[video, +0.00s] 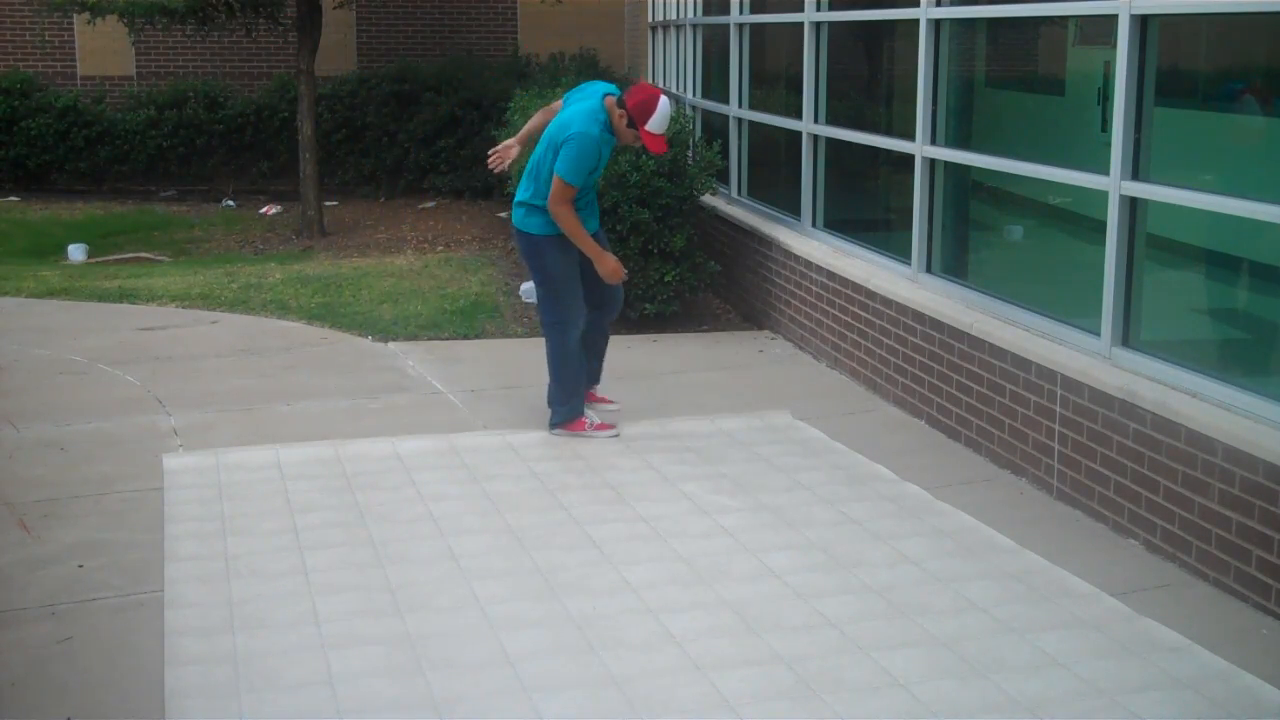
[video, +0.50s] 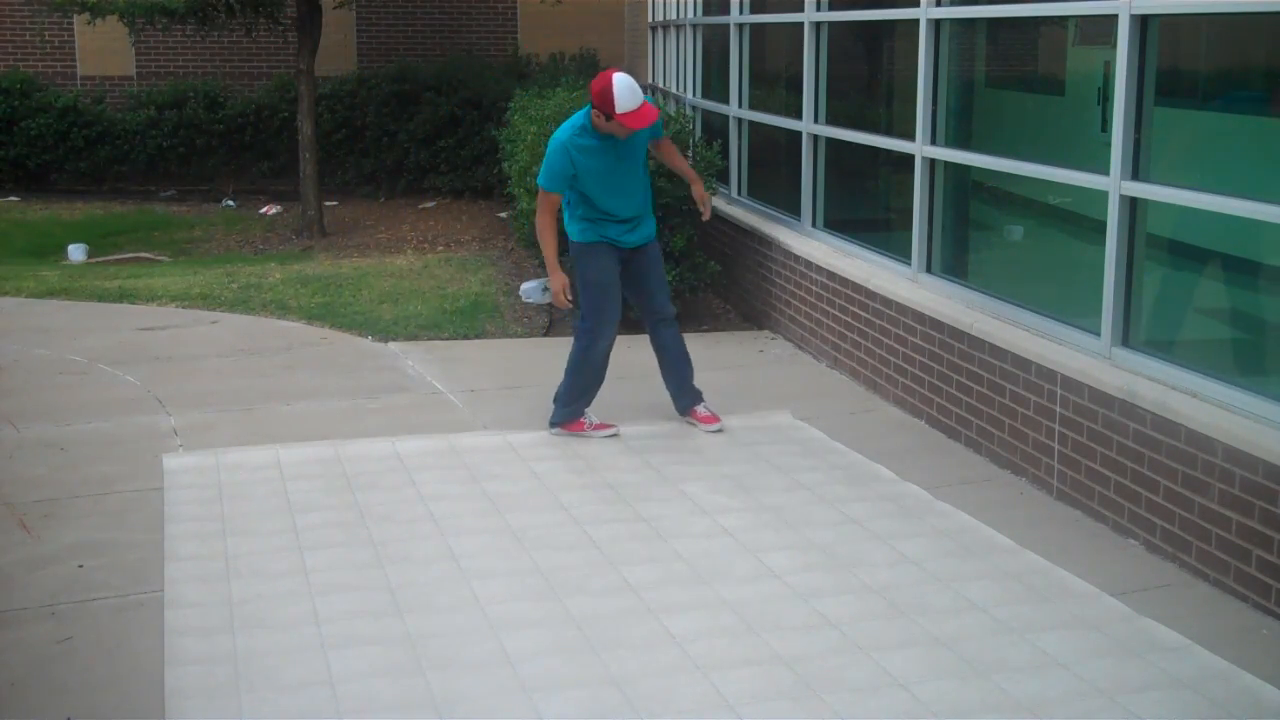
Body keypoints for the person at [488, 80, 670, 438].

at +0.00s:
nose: (636, 146)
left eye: (643, 142)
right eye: (636, 139)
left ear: (628, 109)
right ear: (623, 117)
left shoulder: (604, 93)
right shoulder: (585, 138)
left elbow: (550, 111)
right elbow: (558, 205)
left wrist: (518, 141)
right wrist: (599, 257)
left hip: (579, 213)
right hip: (542, 221)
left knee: (605, 299)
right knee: (565, 314)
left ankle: (582, 386)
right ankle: (566, 415)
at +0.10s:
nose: (639, 143)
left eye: (645, 139)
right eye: (639, 137)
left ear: (632, 110)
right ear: (624, 117)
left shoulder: (609, 94)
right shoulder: (584, 138)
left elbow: (561, 118)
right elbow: (562, 208)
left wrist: (542, 158)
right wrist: (598, 261)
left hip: (588, 214)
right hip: (548, 223)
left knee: (609, 304)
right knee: (571, 319)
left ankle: (612, 401)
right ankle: (566, 416)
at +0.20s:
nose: (637, 137)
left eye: (641, 132)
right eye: (635, 130)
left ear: (624, 107)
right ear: (617, 112)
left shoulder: (613, 98)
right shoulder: (576, 137)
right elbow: (559, 208)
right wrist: (590, 265)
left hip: (598, 224)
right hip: (556, 231)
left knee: (615, 312)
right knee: (578, 321)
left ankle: (631, 407)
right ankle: (566, 416)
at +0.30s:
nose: (636, 132)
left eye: (640, 126)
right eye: (633, 125)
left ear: (626, 108)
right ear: (610, 109)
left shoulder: (620, 113)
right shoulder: (568, 135)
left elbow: (617, 152)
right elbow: (555, 209)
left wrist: (635, 181)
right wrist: (581, 269)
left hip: (612, 230)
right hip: (570, 236)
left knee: (626, 315)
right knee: (586, 321)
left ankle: (643, 407)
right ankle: (566, 414)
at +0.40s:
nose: (633, 128)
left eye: (635, 121)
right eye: (627, 122)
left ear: (635, 109)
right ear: (601, 111)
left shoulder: (624, 121)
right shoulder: (564, 138)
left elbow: (640, 149)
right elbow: (549, 210)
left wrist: (669, 184)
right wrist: (568, 272)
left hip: (626, 232)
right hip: (583, 236)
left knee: (641, 316)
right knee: (593, 321)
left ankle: (664, 406)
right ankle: (567, 414)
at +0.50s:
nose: (633, 129)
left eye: (636, 121)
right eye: (627, 124)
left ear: (642, 107)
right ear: (600, 116)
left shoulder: (640, 116)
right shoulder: (565, 144)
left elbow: (660, 143)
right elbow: (546, 210)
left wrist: (694, 180)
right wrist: (554, 270)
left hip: (641, 235)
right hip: (593, 240)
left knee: (662, 317)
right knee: (599, 325)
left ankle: (690, 402)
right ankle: (567, 414)